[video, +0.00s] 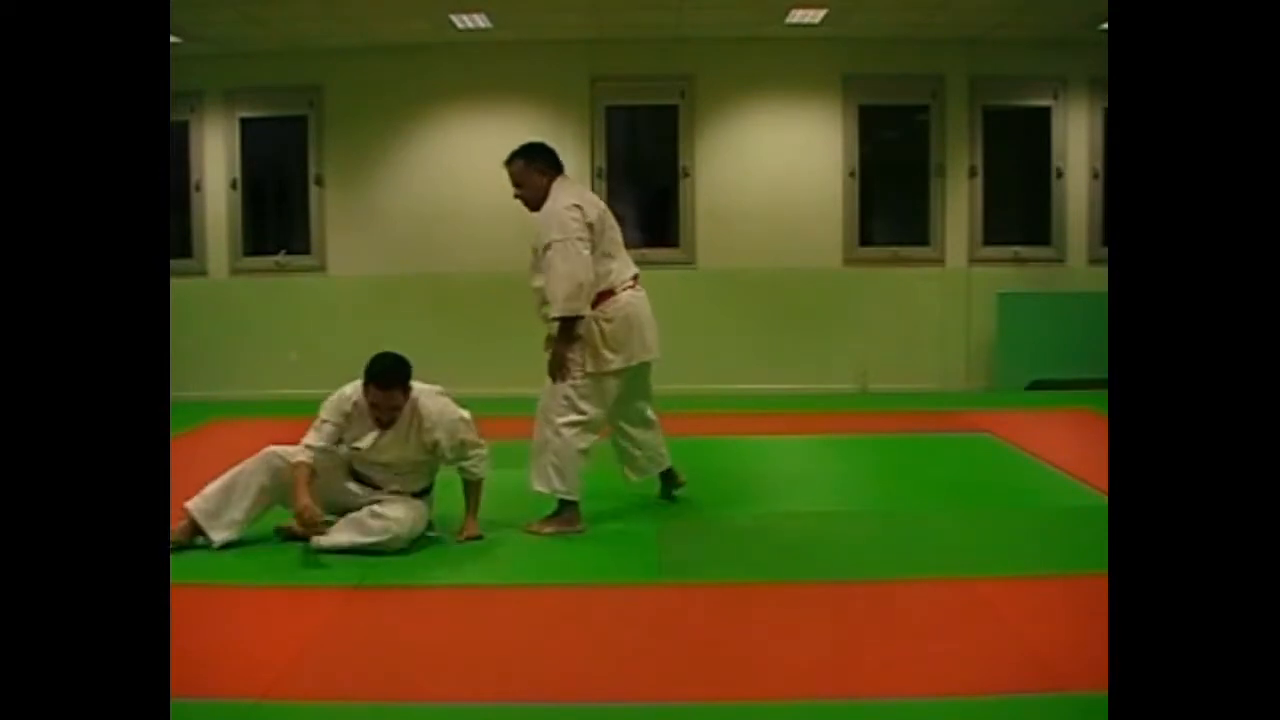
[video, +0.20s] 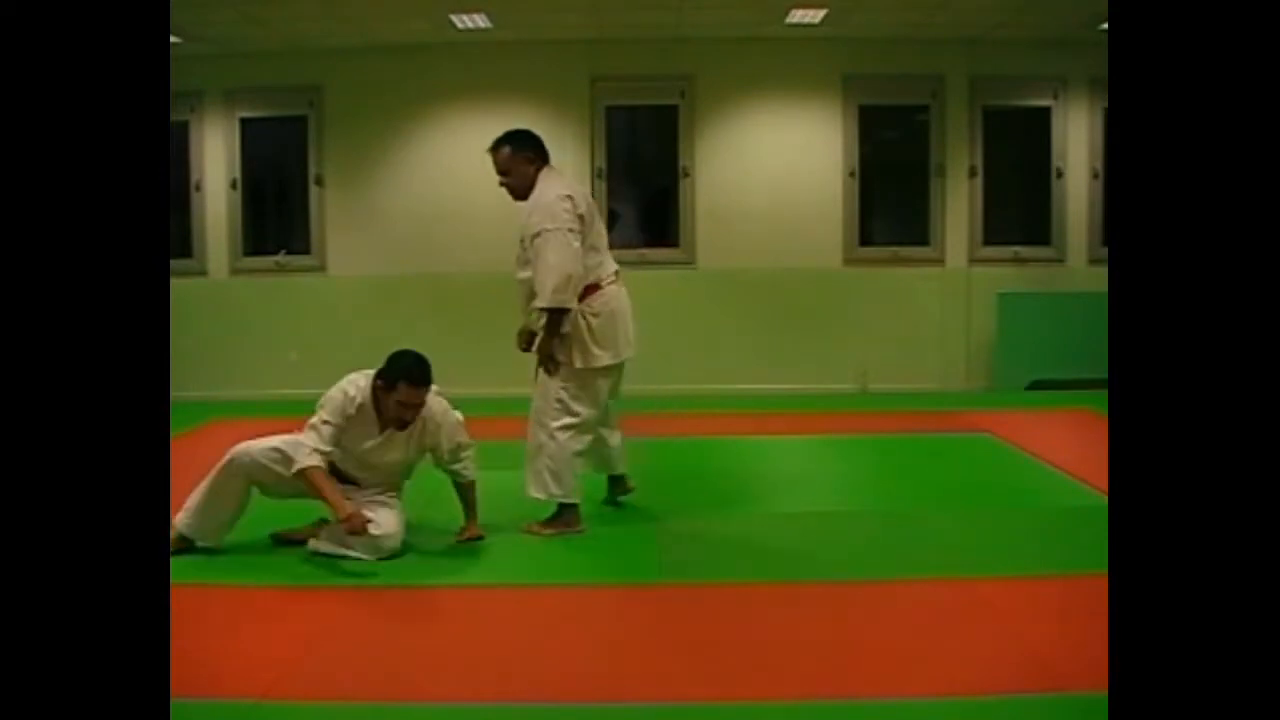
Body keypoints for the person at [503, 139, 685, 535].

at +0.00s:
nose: (516, 195)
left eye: (519, 184)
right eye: (513, 186)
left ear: (541, 175)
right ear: (549, 175)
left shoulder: (560, 210)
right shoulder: (581, 197)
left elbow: (573, 280)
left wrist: (560, 343)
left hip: (603, 321)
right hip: (632, 310)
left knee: (560, 411)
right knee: (630, 404)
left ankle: (567, 509)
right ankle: (666, 473)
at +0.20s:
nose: (502, 183)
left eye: (506, 173)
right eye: (499, 174)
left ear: (532, 164)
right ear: (533, 166)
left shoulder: (549, 204)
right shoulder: (559, 192)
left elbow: (561, 273)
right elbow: (545, 268)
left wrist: (550, 334)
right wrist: (530, 320)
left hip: (583, 318)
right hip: (605, 310)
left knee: (554, 412)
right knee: (595, 405)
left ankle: (566, 509)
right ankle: (616, 477)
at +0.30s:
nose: (498, 180)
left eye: (502, 169)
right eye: (495, 171)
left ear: (528, 160)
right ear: (528, 163)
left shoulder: (547, 200)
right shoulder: (552, 193)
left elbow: (560, 269)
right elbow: (544, 268)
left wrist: (549, 331)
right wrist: (523, 319)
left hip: (577, 319)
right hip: (588, 312)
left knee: (558, 413)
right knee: (579, 406)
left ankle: (566, 508)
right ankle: (585, 486)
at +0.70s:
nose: (480, 171)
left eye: (486, 161)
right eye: (477, 162)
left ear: (512, 153)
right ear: (499, 157)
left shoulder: (539, 193)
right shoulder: (513, 195)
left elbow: (557, 263)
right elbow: (509, 268)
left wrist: (547, 323)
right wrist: (488, 319)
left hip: (553, 323)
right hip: (525, 325)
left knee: (553, 417)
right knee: (523, 417)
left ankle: (566, 507)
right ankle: (527, 499)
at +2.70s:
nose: (482, 161)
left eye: (488, 151)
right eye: (480, 152)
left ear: (515, 148)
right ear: (512, 151)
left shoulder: (537, 188)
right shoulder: (525, 189)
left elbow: (539, 268)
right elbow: (519, 269)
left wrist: (515, 325)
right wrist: (497, 323)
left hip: (558, 315)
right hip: (549, 314)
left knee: (546, 412)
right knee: (548, 411)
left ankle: (563, 516)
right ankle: (558, 506)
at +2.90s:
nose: (493, 166)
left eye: (498, 156)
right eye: (491, 158)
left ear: (528, 153)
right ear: (522, 156)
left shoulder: (550, 193)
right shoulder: (530, 197)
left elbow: (518, 250)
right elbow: (521, 272)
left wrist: (472, 273)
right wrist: (490, 323)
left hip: (572, 319)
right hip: (550, 321)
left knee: (552, 419)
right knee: (545, 416)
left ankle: (560, 521)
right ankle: (567, 506)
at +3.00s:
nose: (500, 168)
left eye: (507, 159)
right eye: (498, 160)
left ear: (535, 154)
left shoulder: (557, 187)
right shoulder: (526, 202)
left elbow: (504, 225)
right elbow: (498, 273)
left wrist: (459, 221)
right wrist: (448, 297)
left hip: (581, 320)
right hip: (552, 325)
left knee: (562, 418)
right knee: (546, 419)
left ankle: (565, 519)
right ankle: (563, 511)